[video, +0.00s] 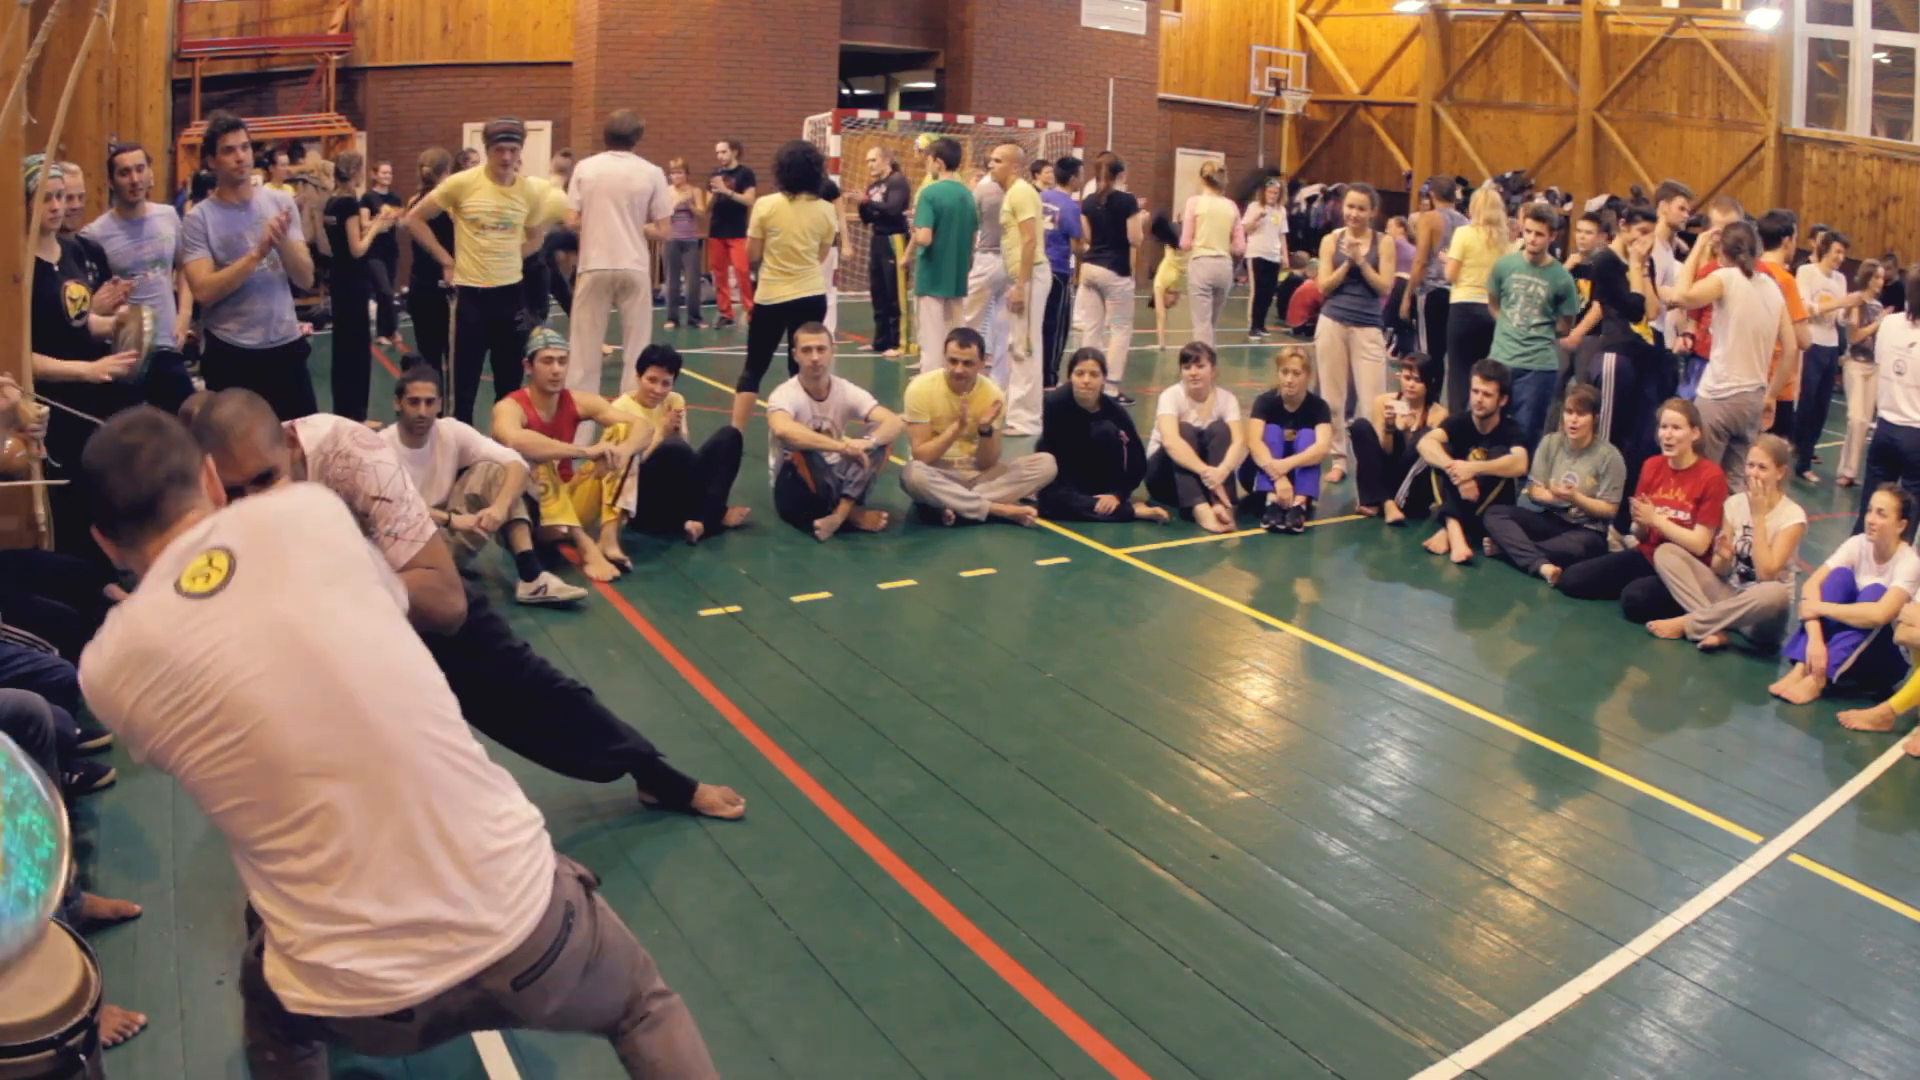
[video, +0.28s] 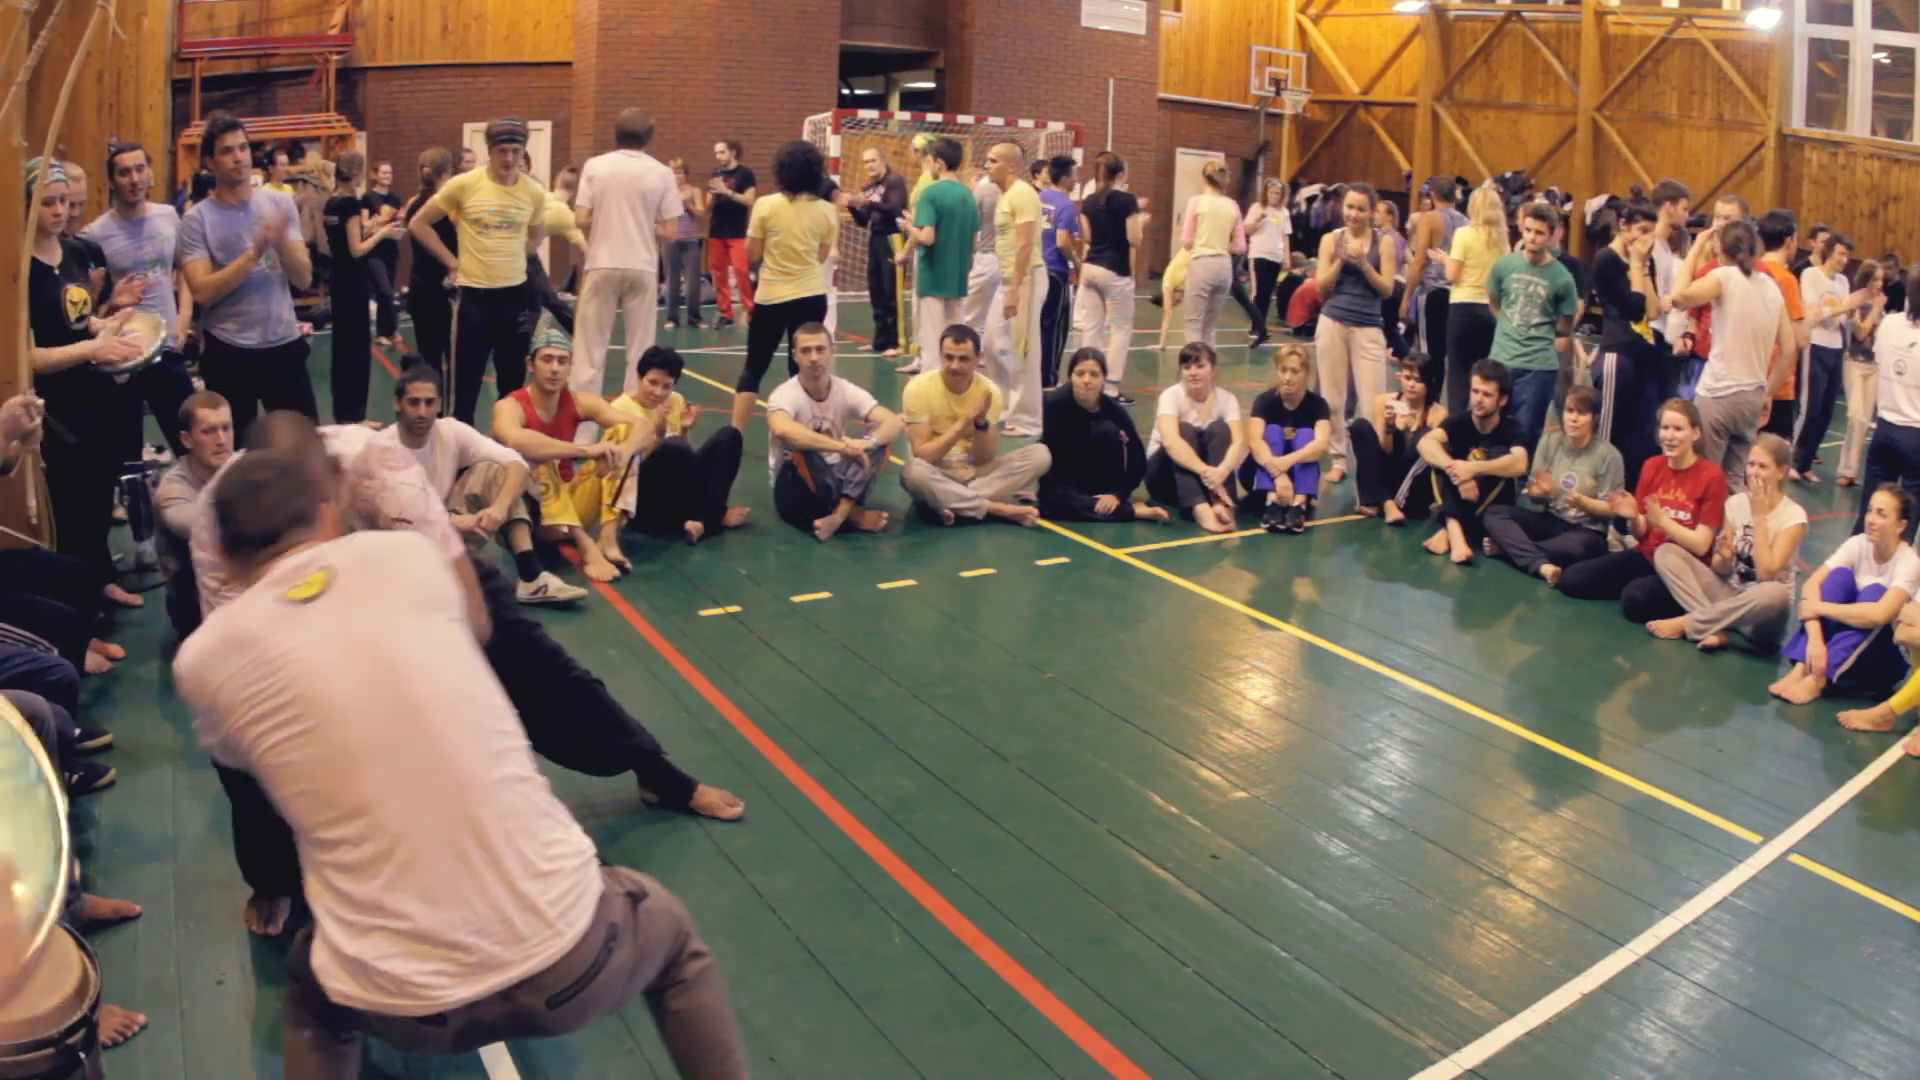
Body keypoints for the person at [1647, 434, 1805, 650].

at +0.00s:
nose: (1754, 473)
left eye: (1763, 468)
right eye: (1751, 465)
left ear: (1781, 473)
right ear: (1744, 467)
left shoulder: (1792, 516)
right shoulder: (1734, 504)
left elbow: (1767, 573)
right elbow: (1719, 570)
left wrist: (1758, 516)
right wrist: (1724, 557)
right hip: (1726, 596)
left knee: (1773, 593)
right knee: (1665, 552)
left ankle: (1686, 624)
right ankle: (1711, 629)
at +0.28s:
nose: (1754, 472)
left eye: (1763, 467)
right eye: (1751, 464)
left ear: (1782, 472)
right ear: (1745, 466)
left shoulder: (1793, 516)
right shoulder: (1735, 503)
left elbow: (1767, 573)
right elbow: (1719, 568)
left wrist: (1759, 516)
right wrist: (1724, 557)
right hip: (1726, 596)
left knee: (1773, 594)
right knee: (1666, 553)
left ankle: (1686, 624)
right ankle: (1711, 629)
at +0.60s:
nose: (1756, 473)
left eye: (1765, 468)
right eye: (1753, 466)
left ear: (1784, 474)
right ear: (1747, 467)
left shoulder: (1795, 517)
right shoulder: (1736, 503)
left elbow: (1768, 573)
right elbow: (1720, 568)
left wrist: (1762, 518)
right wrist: (1726, 557)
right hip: (1726, 595)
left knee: (1774, 594)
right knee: (1665, 552)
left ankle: (1686, 624)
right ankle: (1711, 629)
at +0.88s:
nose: (1757, 474)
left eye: (1767, 469)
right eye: (1755, 466)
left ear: (1786, 476)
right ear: (1750, 467)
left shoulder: (1796, 519)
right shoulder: (1737, 502)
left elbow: (1775, 576)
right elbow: (1719, 566)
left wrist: (1756, 528)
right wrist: (1727, 554)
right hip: (1725, 595)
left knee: (1774, 594)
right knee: (1666, 552)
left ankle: (1686, 624)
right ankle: (1711, 629)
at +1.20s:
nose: (1757, 474)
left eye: (1766, 469)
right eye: (1754, 466)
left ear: (1786, 476)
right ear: (1749, 467)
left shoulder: (1796, 521)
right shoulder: (1738, 502)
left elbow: (1778, 579)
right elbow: (1720, 568)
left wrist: (1747, 548)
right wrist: (1729, 546)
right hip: (1727, 594)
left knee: (1774, 594)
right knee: (1666, 553)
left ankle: (1686, 624)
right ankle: (1711, 629)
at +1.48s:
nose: (1757, 469)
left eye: (1766, 464)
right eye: (1756, 462)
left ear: (1787, 472)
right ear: (1751, 462)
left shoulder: (1796, 518)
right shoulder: (1739, 499)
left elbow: (1776, 575)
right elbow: (1719, 566)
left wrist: (1743, 542)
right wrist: (1731, 541)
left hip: (1760, 604)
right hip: (1726, 592)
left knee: (1774, 594)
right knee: (1666, 552)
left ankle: (1686, 624)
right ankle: (1711, 629)